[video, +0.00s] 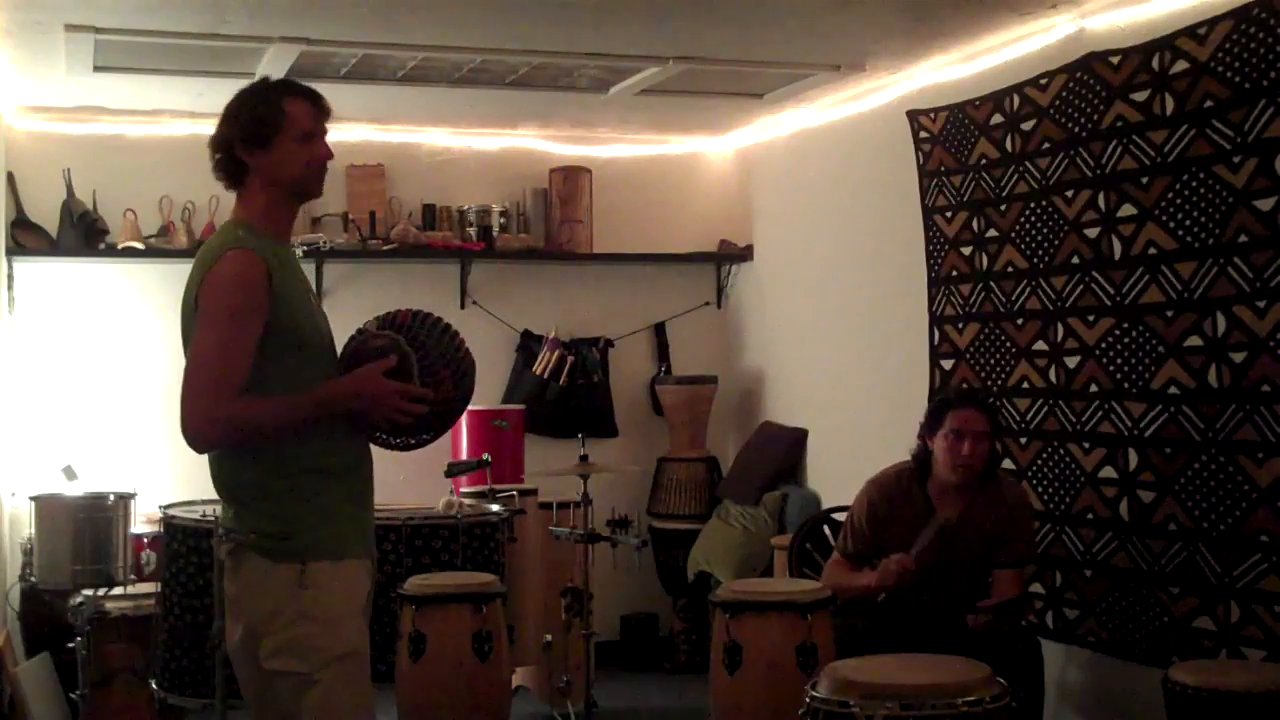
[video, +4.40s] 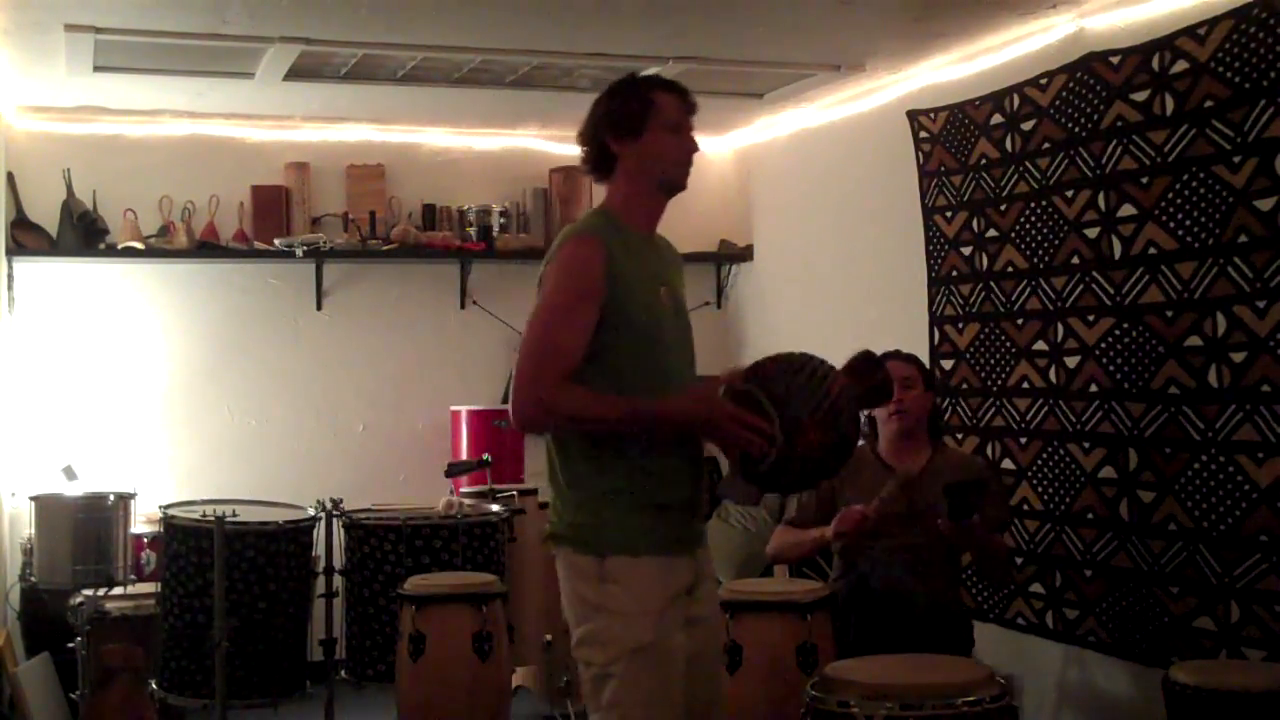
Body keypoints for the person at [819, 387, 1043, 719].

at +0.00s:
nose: (968, 450)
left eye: (979, 439)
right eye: (956, 437)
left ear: (992, 445)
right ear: (929, 438)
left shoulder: (1008, 500)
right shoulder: (883, 492)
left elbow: (1008, 588)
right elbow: (831, 575)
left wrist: (991, 612)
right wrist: (871, 578)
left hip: (966, 624)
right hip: (889, 619)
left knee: (1021, 648)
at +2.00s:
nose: (950, 444)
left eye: (967, 437)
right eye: (947, 429)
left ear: (989, 454)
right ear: (936, 431)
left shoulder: (1005, 505)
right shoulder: (884, 488)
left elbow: (1004, 590)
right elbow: (831, 575)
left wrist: (988, 612)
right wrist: (877, 582)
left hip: (960, 625)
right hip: (886, 620)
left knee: (1016, 650)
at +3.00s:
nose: (979, 452)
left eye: (997, 445)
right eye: (974, 436)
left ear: (1016, 459)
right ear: (957, 436)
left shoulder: (1028, 509)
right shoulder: (907, 483)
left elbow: (1018, 602)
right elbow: (814, 531)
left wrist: (981, 626)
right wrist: (875, 570)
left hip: (969, 618)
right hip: (896, 607)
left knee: (1019, 649)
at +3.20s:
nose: (968, 413)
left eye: (985, 405)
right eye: (961, 399)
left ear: (1004, 423)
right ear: (944, 407)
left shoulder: (1018, 496)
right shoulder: (894, 460)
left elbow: (1024, 596)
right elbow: (801, 510)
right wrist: (858, 542)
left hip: (961, 619)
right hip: (879, 609)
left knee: (1018, 670)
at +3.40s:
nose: (934, 395)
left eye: (948, 386)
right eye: (924, 386)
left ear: (973, 408)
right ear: (909, 402)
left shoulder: (997, 488)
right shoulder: (869, 464)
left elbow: (1022, 582)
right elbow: (776, 507)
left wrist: (980, 585)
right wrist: (838, 551)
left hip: (955, 621)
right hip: (874, 616)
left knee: (1005, 677)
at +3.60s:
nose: (896, 373)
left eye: (909, 368)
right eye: (884, 369)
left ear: (929, 392)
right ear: (868, 398)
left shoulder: (968, 465)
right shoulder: (837, 462)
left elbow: (1005, 543)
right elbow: (762, 521)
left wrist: (965, 567)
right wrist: (832, 536)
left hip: (944, 615)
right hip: (863, 616)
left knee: (995, 671)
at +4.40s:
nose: (895, 398)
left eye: (907, 387)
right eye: (884, 390)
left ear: (929, 399)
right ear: (869, 406)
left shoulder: (966, 472)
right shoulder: (841, 471)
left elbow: (1000, 562)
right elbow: (775, 547)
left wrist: (968, 536)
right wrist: (827, 533)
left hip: (940, 635)